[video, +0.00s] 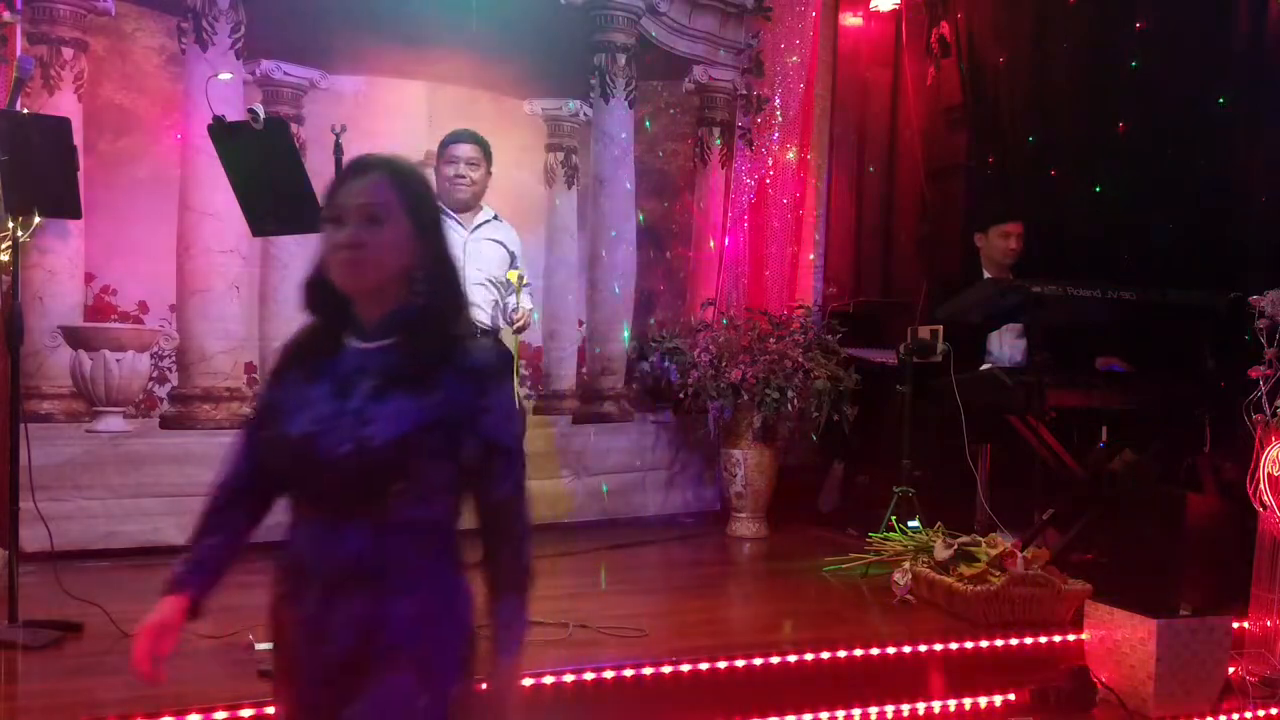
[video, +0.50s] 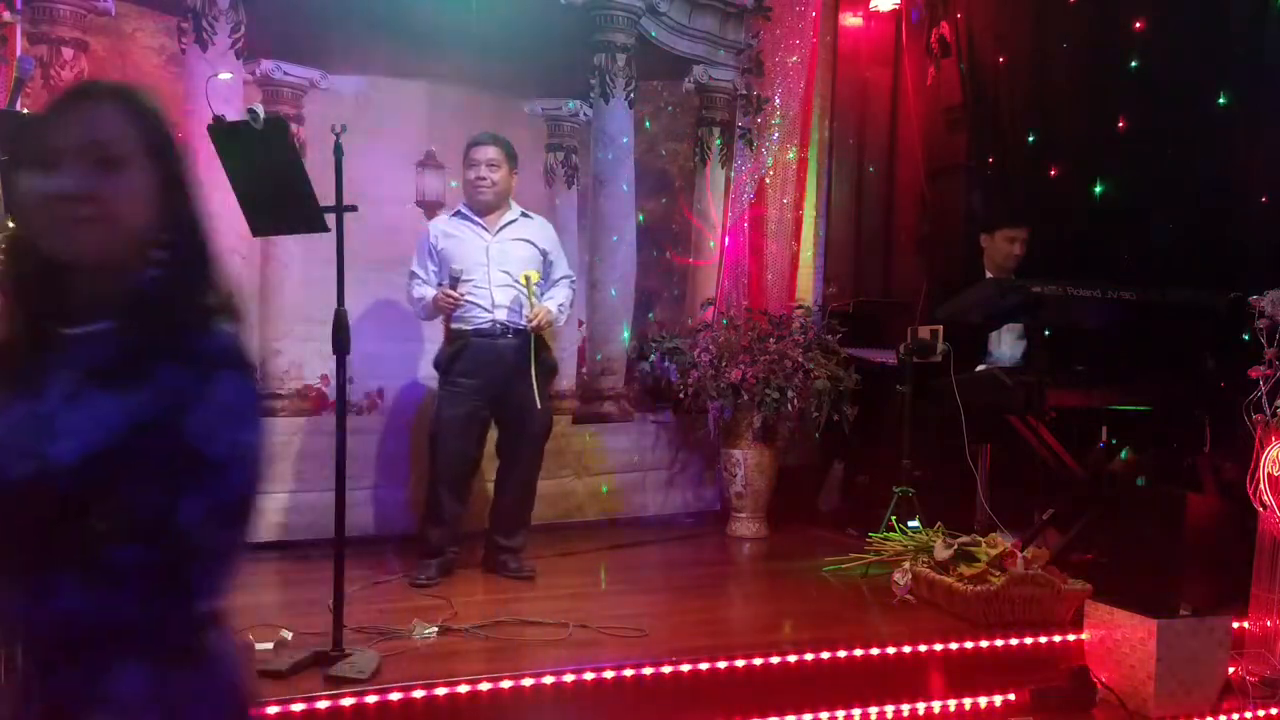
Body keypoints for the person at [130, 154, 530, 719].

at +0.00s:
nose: (349, 237)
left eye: (373, 219)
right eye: (336, 222)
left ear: (419, 239)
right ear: (322, 241)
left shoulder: (470, 365)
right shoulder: (306, 358)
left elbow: (505, 528)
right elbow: (246, 490)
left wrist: (505, 665)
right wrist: (183, 592)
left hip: (412, 627)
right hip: (310, 624)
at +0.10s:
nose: (319, 234)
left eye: (347, 216)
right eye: (302, 215)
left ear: (387, 242)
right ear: (279, 239)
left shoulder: (426, 375)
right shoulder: (257, 366)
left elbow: (465, 536)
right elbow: (204, 501)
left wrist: (468, 679)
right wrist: (141, 615)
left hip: (372, 633)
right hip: (260, 629)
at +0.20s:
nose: (273, 218)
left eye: (304, 200)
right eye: (253, 197)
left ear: (346, 228)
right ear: (229, 219)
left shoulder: (383, 380)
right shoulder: (202, 365)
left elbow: (422, 548)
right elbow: (159, 511)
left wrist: (419, 690)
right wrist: (98, 643)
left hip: (330, 652)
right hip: (206, 650)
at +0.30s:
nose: (214, 202)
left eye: (246, 183)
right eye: (195, 179)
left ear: (295, 211)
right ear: (169, 201)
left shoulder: (333, 374)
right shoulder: (147, 363)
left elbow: (354, 559)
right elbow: (108, 519)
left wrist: (337, 698)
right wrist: (58, 653)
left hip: (277, 683)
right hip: (139, 675)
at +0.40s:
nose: (148, 190)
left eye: (180, 170)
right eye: (127, 168)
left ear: (231, 197)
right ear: (102, 194)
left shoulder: (272, 363)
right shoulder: (88, 353)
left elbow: (275, 544)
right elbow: (60, 514)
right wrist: (24, 629)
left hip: (214, 675)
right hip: (83, 666)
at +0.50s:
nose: (71, 186)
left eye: (106, 162)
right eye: (49, 164)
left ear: (164, 191)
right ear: (21, 190)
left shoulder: (206, 366)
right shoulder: (24, 355)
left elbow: (186, 570)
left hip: (160, 686)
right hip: (39, 683)